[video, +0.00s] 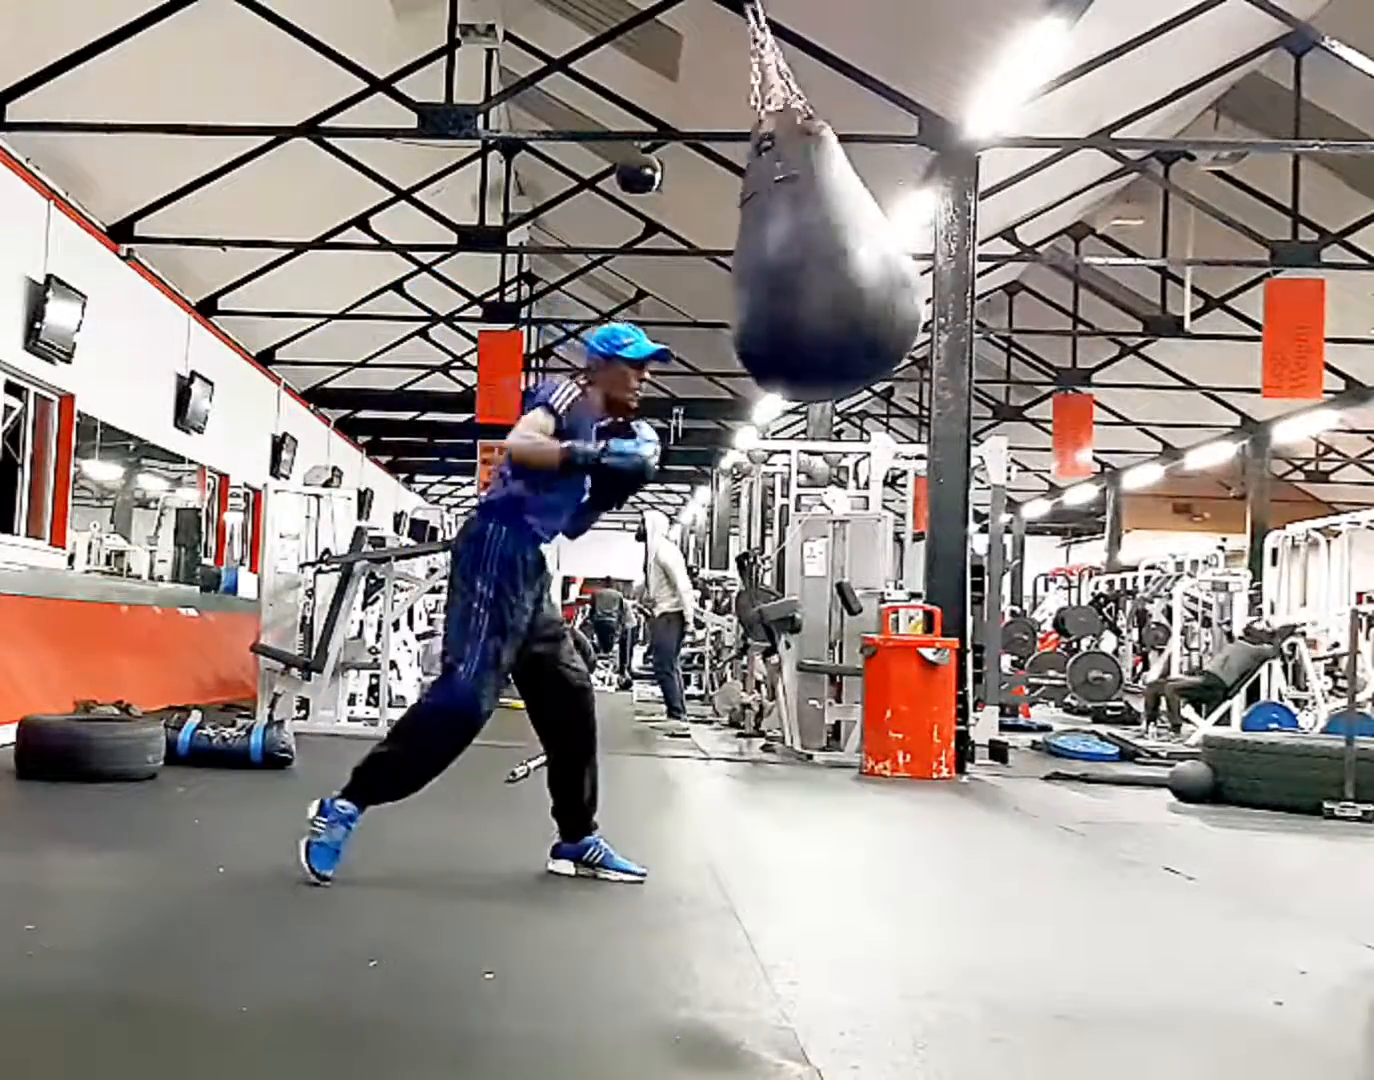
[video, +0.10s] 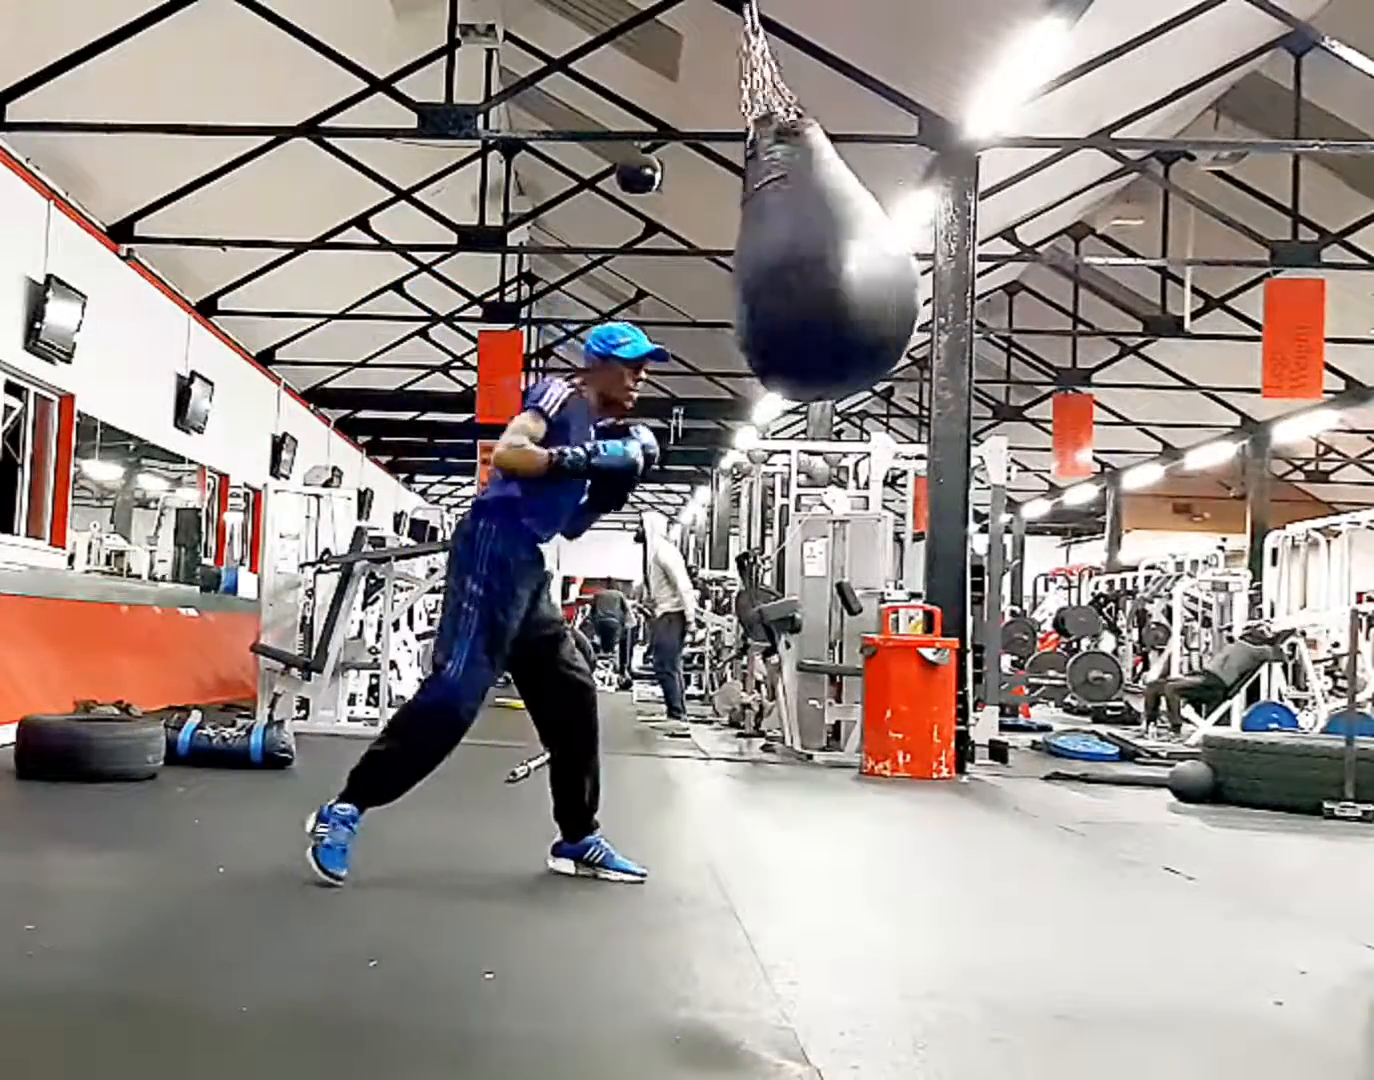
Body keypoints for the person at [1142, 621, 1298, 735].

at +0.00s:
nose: (1252, 629)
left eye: (1257, 629)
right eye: (1254, 627)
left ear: (1262, 636)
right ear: (1249, 631)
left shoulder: (1259, 650)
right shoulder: (1237, 643)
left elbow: (1277, 651)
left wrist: (1277, 637)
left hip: (1217, 682)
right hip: (1204, 675)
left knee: (1171, 688)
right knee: (1152, 687)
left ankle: (1175, 731)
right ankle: (1147, 729)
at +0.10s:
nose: (1254, 634)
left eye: (1257, 633)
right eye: (1256, 632)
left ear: (1260, 640)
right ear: (1250, 634)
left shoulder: (1259, 651)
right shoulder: (1238, 644)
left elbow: (1283, 655)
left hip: (1217, 682)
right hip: (1203, 674)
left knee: (1171, 688)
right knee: (1153, 687)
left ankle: (1175, 731)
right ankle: (1148, 728)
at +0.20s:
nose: (1255, 635)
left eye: (1258, 634)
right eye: (1256, 633)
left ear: (1260, 640)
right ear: (1250, 634)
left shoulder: (1257, 651)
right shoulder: (1237, 644)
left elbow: (1281, 654)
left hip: (1217, 682)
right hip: (1203, 674)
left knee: (1171, 688)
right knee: (1152, 687)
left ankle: (1175, 731)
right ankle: (1148, 727)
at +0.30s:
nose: (1251, 629)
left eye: (1256, 628)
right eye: (1252, 626)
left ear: (1261, 636)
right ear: (1247, 631)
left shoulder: (1259, 650)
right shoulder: (1237, 643)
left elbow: (1278, 653)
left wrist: (1274, 637)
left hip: (1217, 682)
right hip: (1204, 674)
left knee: (1171, 687)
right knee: (1152, 688)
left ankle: (1175, 731)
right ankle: (1148, 728)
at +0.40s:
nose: (1251, 627)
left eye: (1256, 626)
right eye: (1251, 625)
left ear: (1260, 634)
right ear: (1249, 630)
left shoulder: (1257, 650)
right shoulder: (1237, 644)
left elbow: (1276, 646)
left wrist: (1271, 630)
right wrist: (1225, 627)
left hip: (1218, 682)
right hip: (1204, 675)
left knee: (1172, 688)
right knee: (1152, 687)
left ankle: (1175, 731)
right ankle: (1148, 728)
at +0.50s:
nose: (1248, 633)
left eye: (1252, 632)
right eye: (1248, 631)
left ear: (1258, 635)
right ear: (1246, 633)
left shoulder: (1258, 650)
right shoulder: (1236, 643)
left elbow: (1273, 644)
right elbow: (1229, 632)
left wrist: (1270, 624)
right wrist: (1224, 617)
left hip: (1217, 682)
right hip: (1203, 676)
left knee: (1171, 688)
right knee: (1152, 687)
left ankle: (1175, 730)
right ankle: (1148, 727)